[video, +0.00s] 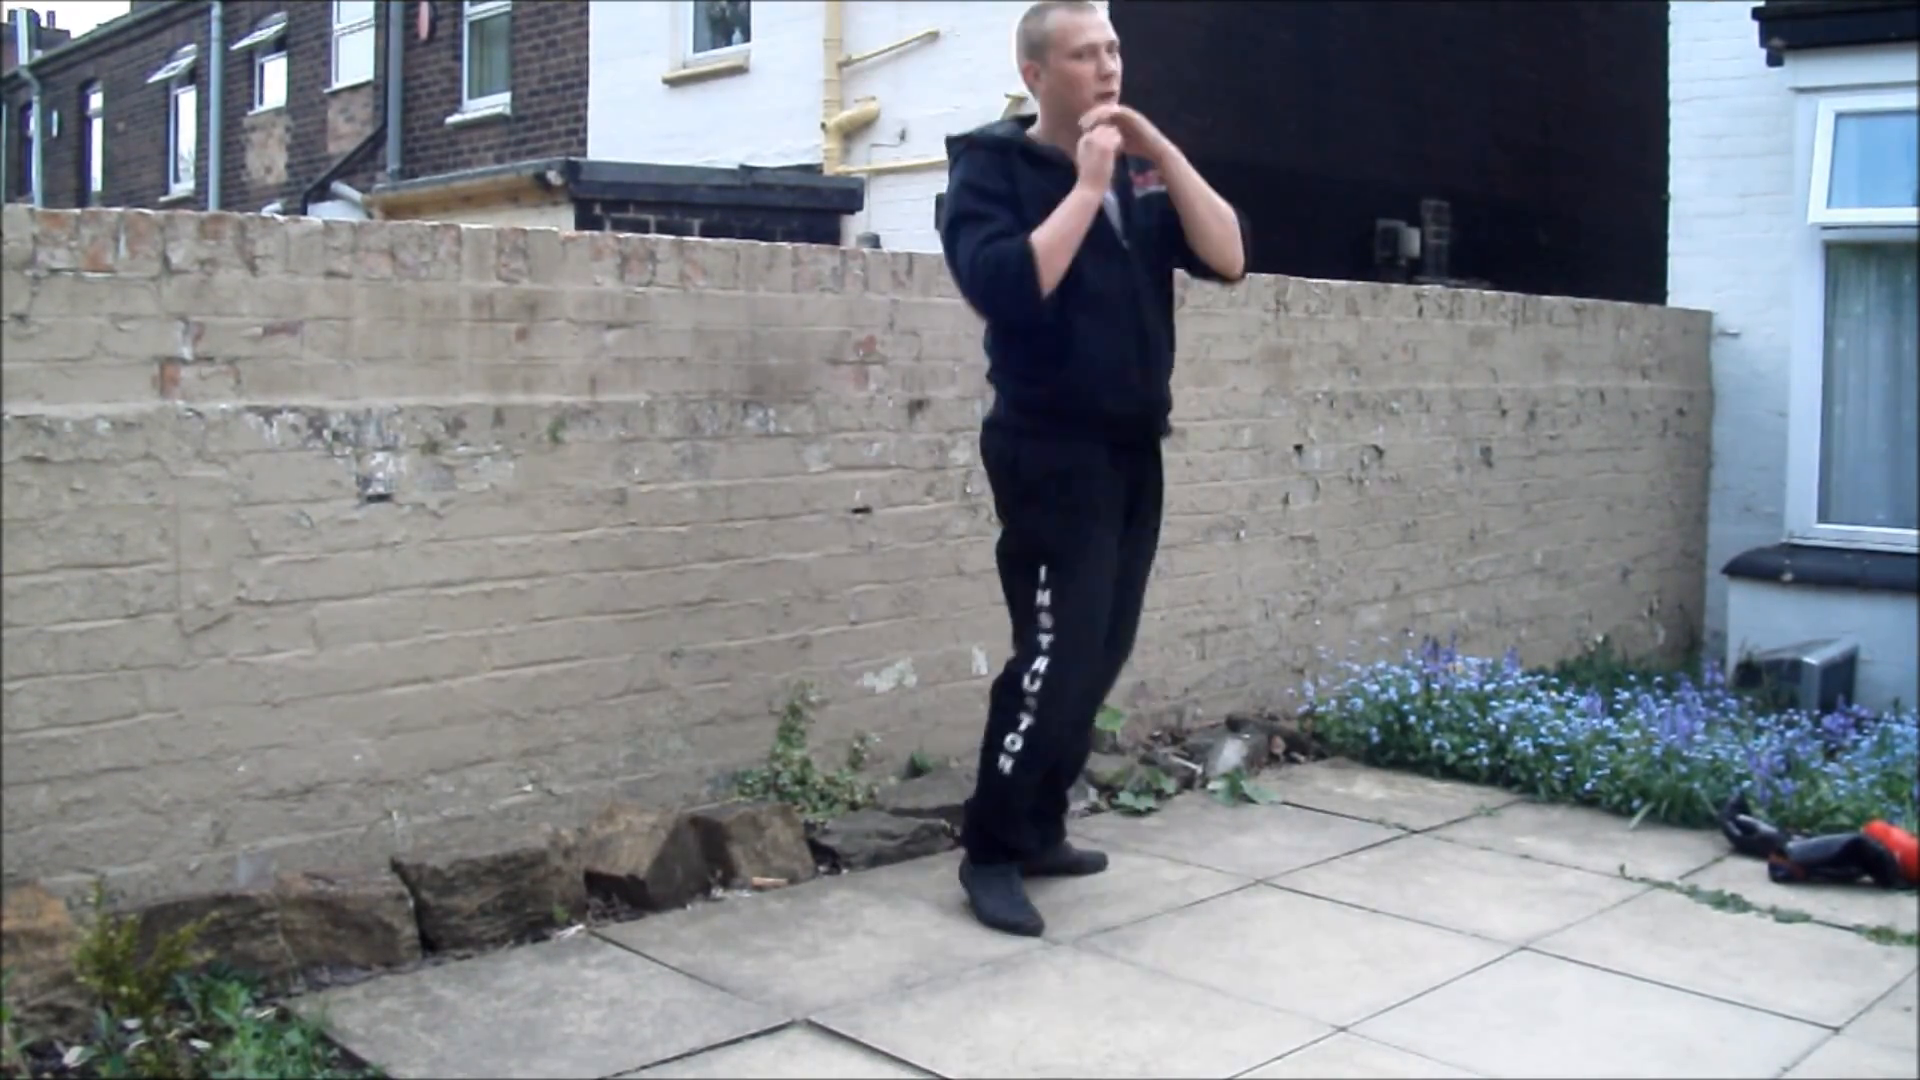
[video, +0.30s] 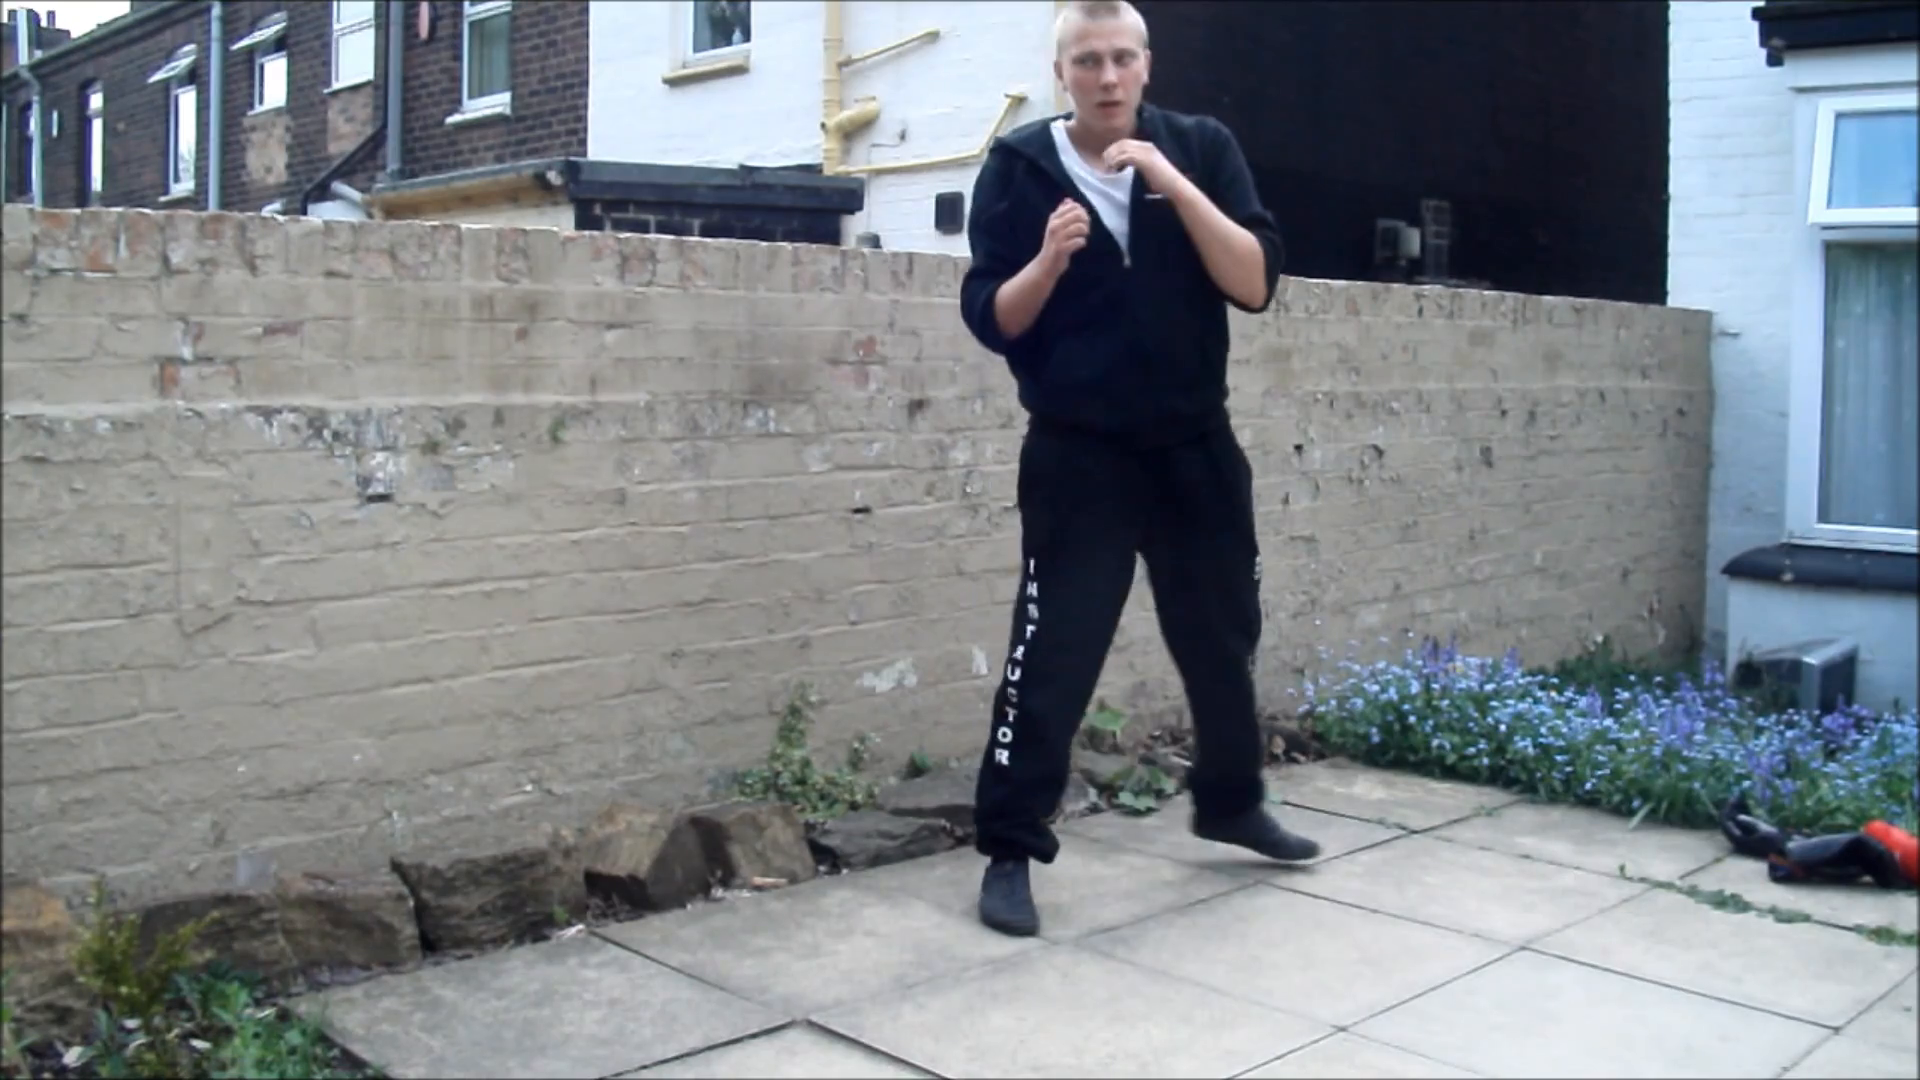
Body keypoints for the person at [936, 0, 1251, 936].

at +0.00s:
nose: (1108, 70)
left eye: (1113, 53)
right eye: (1086, 55)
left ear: (1122, 68)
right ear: (1034, 74)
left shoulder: (1137, 173)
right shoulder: (991, 166)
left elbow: (1227, 260)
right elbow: (1005, 287)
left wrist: (1165, 156)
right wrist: (1089, 186)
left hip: (1130, 445)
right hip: (1044, 444)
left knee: (1098, 653)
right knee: (1057, 652)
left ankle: (1035, 834)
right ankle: (991, 856)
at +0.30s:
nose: (1109, 76)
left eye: (1123, 59)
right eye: (1090, 61)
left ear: (1148, 66)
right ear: (1060, 72)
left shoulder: (1203, 145)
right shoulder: (1019, 161)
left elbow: (1256, 285)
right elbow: (992, 321)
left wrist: (1177, 185)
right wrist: (1047, 261)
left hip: (1194, 446)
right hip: (1076, 451)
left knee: (1223, 636)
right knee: (1055, 651)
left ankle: (1229, 804)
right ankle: (1009, 856)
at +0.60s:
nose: (1228, 150)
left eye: (1245, 136)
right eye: (1213, 134)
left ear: (1276, 139)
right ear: (1191, 134)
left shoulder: (1318, 219)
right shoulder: (1142, 222)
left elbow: (1300, 348)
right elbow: (1112, 387)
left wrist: (1239, 245)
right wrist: (1126, 344)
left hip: (1290, 491)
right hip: (1173, 491)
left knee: (1327, 667)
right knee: (1118, 662)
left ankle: (1290, 818)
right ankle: (1040, 847)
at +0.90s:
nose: (1268, 104)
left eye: (1286, 90)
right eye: (1255, 88)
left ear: (1316, 99)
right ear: (1233, 93)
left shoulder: (1357, 179)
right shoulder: (1187, 168)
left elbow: (1373, 301)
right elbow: (1118, 301)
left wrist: (1320, 189)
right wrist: (1160, 223)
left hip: (1317, 441)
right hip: (1208, 438)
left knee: (1313, 625)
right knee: (1210, 621)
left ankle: (1306, 791)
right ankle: (1215, 785)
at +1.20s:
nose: (1266, 129)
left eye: (1283, 114)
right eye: (1253, 114)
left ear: (1318, 118)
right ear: (1235, 118)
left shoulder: (1362, 198)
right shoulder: (1198, 197)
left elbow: (1349, 318)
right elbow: (1171, 347)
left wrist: (1294, 214)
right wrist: (1184, 296)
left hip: (1319, 460)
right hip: (1210, 453)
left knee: (1304, 637)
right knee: (1183, 621)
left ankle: (1299, 800)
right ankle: (1163, 802)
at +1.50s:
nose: (1205, 152)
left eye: (1221, 135)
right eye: (1194, 136)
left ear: (1265, 133)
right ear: (1185, 137)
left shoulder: (1333, 205)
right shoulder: (1168, 207)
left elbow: (1340, 345)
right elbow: (1138, 358)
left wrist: (1268, 255)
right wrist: (1156, 281)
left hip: (1305, 475)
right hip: (1192, 470)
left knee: (1314, 648)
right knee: (1164, 645)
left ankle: (1295, 798)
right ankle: (1117, 829)